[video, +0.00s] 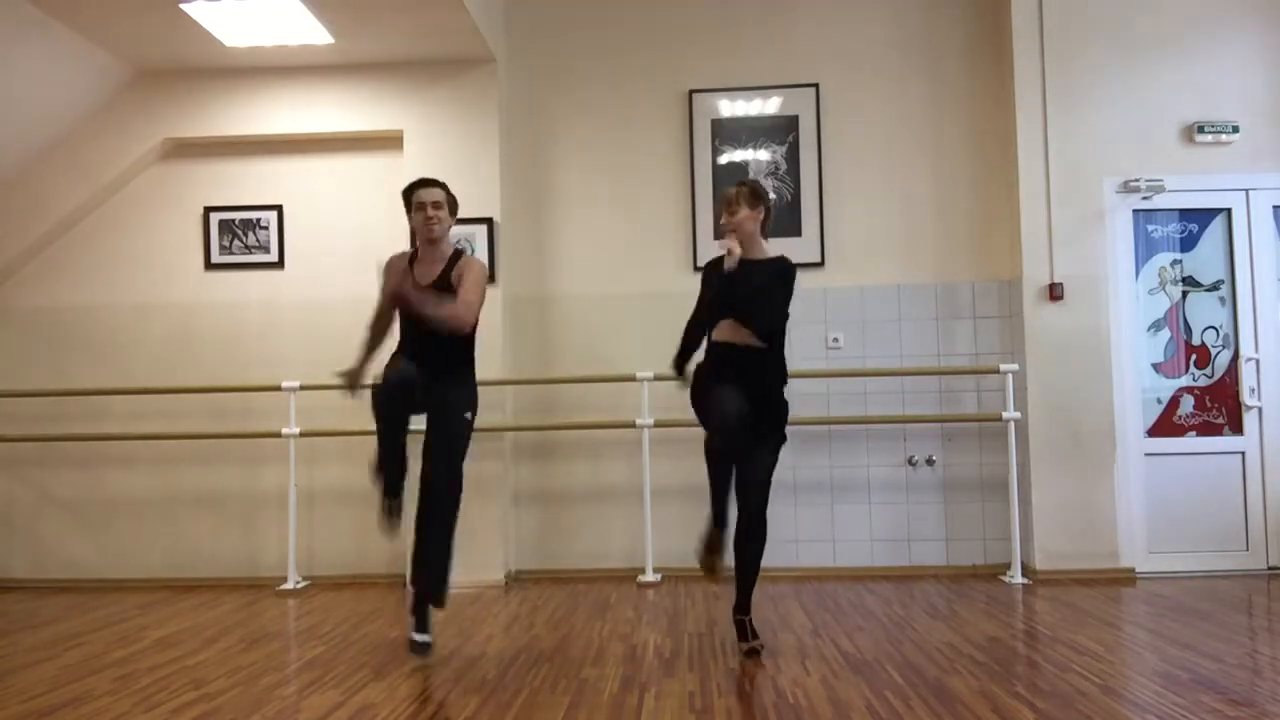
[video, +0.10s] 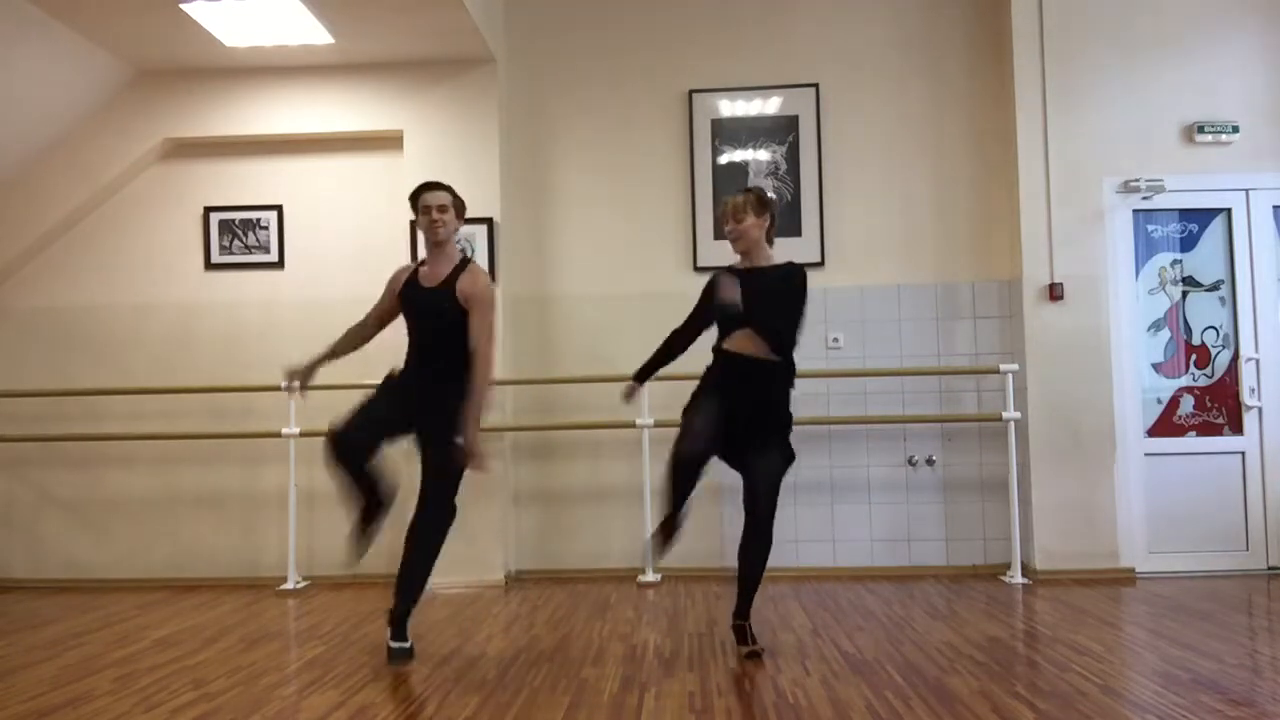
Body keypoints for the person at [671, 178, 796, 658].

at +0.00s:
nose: (730, 217)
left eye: (739, 208)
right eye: (726, 210)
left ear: (761, 214)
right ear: (722, 218)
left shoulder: (780, 268)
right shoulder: (716, 270)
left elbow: (769, 326)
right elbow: (701, 321)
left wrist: (734, 269)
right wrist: (680, 360)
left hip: (765, 385)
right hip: (718, 377)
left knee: (753, 506)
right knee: (727, 422)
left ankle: (743, 611)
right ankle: (717, 525)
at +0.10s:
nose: (732, 227)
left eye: (741, 218)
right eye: (729, 220)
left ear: (766, 222)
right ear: (727, 227)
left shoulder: (791, 275)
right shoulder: (724, 281)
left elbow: (783, 339)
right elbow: (686, 332)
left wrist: (741, 304)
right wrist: (642, 374)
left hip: (767, 398)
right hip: (718, 390)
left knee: (761, 514)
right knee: (688, 450)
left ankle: (742, 616)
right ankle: (672, 518)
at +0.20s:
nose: (732, 230)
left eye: (741, 221)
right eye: (728, 222)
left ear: (766, 224)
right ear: (726, 229)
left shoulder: (796, 280)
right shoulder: (723, 285)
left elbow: (816, 344)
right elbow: (689, 333)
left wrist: (782, 363)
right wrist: (645, 363)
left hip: (776, 415)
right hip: (724, 406)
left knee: (762, 516)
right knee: (681, 492)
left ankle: (739, 618)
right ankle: (624, 583)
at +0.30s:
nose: (734, 222)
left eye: (743, 214)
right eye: (730, 215)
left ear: (767, 220)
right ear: (727, 225)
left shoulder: (796, 276)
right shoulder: (720, 280)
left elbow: (833, 329)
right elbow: (691, 327)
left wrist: (813, 370)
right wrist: (663, 350)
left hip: (779, 396)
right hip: (728, 392)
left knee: (756, 512)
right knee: (691, 489)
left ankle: (737, 616)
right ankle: (680, 580)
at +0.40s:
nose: (749, 220)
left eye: (758, 214)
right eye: (741, 214)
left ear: (773, 223)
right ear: (732, 224)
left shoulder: (799, 273)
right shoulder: (720, 278)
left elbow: (831, 308)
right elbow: (693, 331)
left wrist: (831, 346)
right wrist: (698, 335)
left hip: (776, 397)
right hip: (726, 394)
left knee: (758, 507)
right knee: (728, 502)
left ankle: (742, 615)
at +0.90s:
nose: (768, 234)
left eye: (776, 227)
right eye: (761, 227)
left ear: (786, 237)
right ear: (748, 237)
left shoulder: (801, 295)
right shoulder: (727, 290)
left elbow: (813, 349)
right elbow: (700, 333)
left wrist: (821, 383)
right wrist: (694, 365)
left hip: (801, 404)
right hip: (755, 407)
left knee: (800, 507)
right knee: (776, 503)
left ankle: (798, 600)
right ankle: (799, 609)